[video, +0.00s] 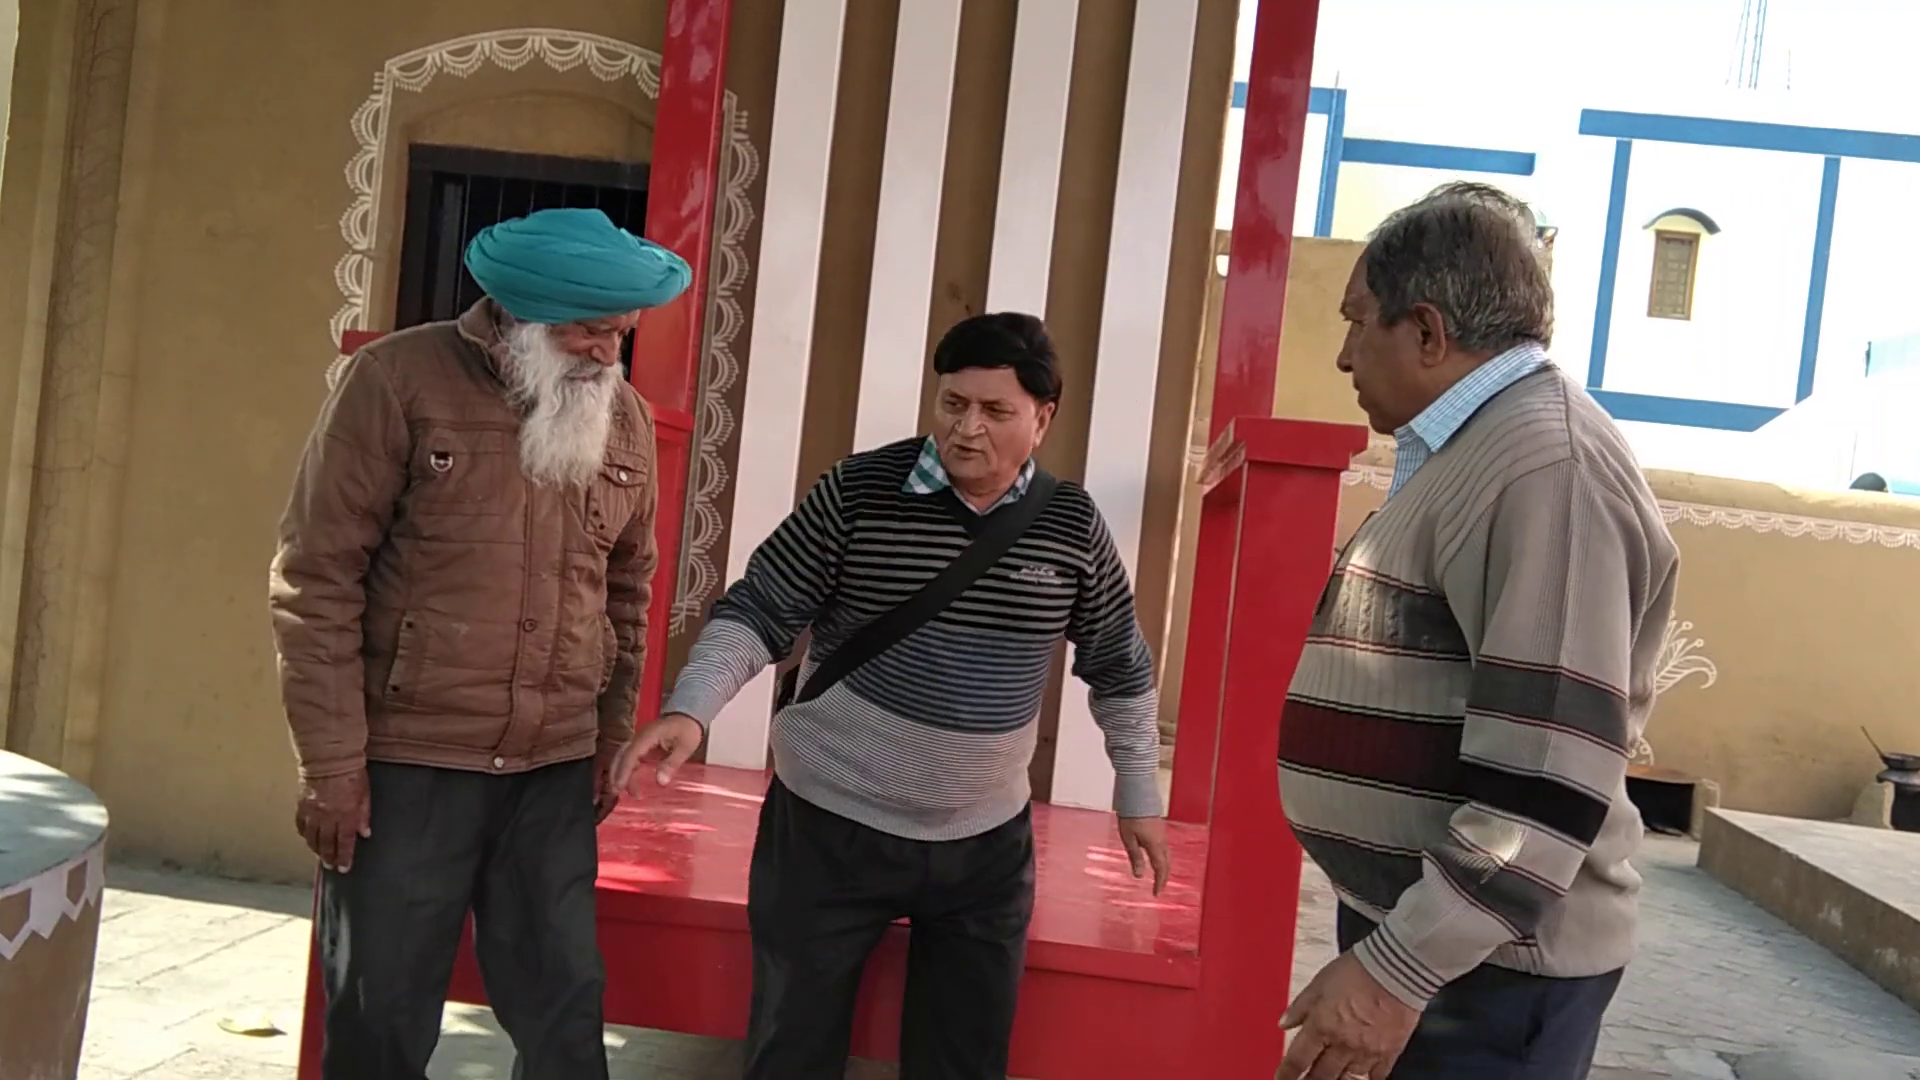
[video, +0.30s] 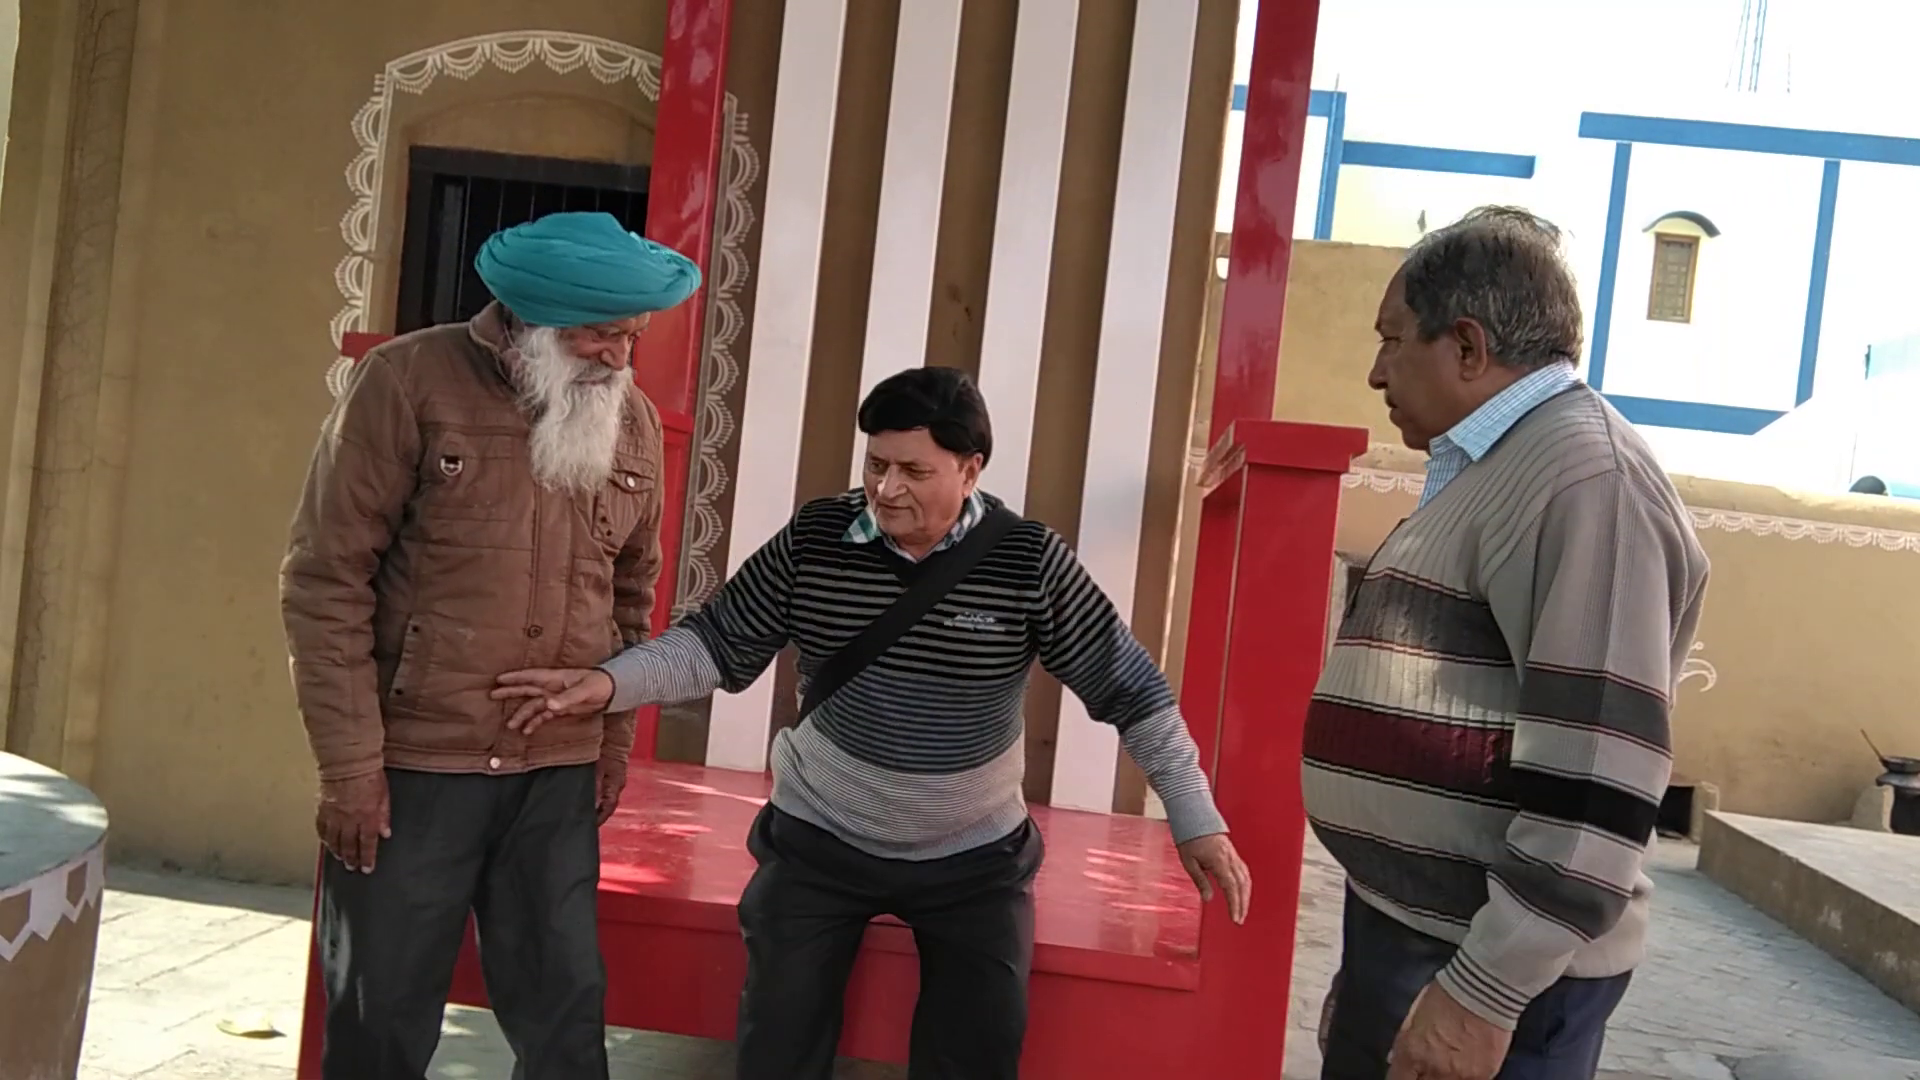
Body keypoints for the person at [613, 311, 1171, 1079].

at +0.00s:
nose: (969, 427)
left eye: (995, 409)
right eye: (954, 404)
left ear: (1043, 418)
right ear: (932, 401)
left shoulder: (1070, 525)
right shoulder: (859, 490)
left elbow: (1118, 664)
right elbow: (763, 605)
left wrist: (1138, 794)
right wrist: (689, 707)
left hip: (982, 841)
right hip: (827, 826)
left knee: (964, 1065)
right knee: (792, 1058)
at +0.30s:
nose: (884, 487)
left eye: (906, 470)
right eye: (874, 465)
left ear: (969, 468)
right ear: (862, 457)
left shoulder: (1030, 564)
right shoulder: (816, 541)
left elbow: (1134, 694)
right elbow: (715, 645)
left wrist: (1199, 821)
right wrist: (608, 681)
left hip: (973, 853)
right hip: (819, 838)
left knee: (978, 1054)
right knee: (777, 1051)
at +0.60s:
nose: (887, 519)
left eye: (911, 502)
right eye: (877, 497)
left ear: (968, 500)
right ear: (863, 489)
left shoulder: (1020, 586)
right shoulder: (815, 565)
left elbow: (1122, 704)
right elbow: (708, 659)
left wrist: (1175, 817)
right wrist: (604, 686)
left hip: (964, 852)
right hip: (812, 839)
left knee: (989, 1018)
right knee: (751, 1012)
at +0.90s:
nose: (916, 523)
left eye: (940, 508)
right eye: (901, 503)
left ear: (980, 515)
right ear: (879, 502)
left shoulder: (1023, 608)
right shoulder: (817, 581)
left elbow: (1119, 717)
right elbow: (705, 657)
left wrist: (1184, 822)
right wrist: (595, 680)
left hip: (964, 854)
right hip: (813, 843)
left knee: (996, 1014)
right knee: (755, 1009)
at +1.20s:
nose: (928, 511)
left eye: (951, 497)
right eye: (914, 492)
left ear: (984, 509)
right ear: (889, 494)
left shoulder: (1025, 603)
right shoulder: (825, 580)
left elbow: (1115, 708)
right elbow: (718, 649)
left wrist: (1167, 813)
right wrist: (615, 681)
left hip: (965, 848)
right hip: (819, 835)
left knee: (997, 1003)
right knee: (756, 990)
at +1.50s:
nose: (932, 511)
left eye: (955, 497)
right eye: (918, 492)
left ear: (991, 510)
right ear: (895, 496)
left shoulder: (1029, 607)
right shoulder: (830, 583)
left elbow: (1112, 711)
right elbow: (728, 657)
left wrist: (1158, 805)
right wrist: (628, 685)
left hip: (963, 847)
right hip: (821, 835)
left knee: (995, 1006)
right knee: (755, 991)